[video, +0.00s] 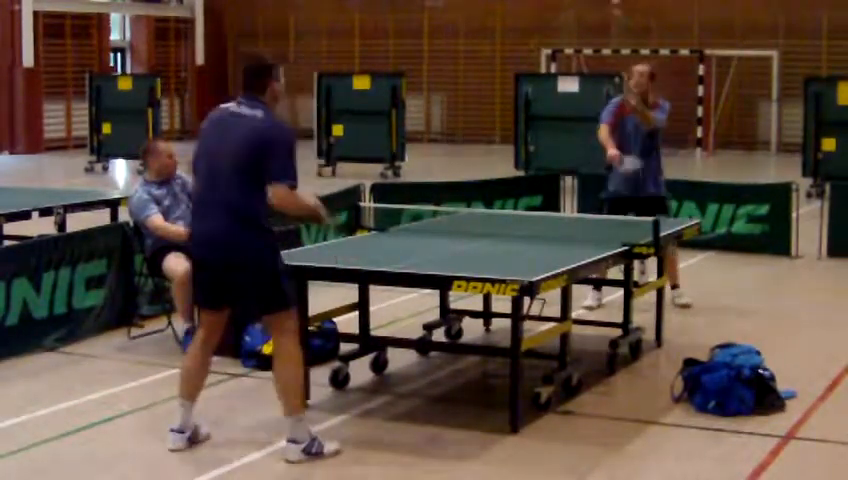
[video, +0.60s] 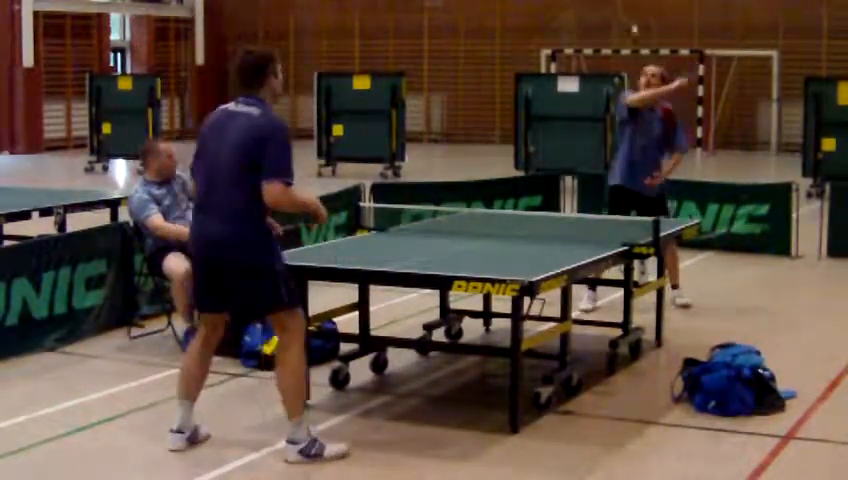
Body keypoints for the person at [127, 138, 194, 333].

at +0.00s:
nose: (174, 161)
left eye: (174, 156)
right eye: (168, 157)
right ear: (151, 162)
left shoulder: (182, 182)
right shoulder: (141, 196)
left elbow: (204, 199)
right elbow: (159, 227)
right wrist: (191, 235)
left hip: (194, 234)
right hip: (164, 243)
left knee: (218, 260)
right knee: (182, 270)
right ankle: (188, 325)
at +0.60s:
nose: (175, 161)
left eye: (174, 156)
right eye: (169, 157)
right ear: (153, 163)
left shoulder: (179, 181)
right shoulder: (140, 196)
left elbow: (199, 198)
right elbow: (160, 228)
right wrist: (194, 235)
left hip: (193, 235)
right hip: (164, 244)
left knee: (217, 256)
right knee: (182, 270)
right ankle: (188, 323)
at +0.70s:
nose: (175, 161)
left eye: (174, 156)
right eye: (169, 157)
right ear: (153, 163)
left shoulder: (178, 181)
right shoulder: (141, 196)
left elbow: (202, 198)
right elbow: (160, 228)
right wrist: (200, 233)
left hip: (193, 233)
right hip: (164, 243)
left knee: (221, 255)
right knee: (182, 270)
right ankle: (189, 324)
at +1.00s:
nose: (174, 162)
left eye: (173, 157)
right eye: (168, 158)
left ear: (174, 160)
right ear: (150, 163)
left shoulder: (179, 181)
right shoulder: (140, 196)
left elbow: (206, 202)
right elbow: (159, 228)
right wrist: (201, 233)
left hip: (194, 236)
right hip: (164, 243)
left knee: (227, 256)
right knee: (182, 269)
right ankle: (189, 326)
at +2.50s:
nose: (174, 162)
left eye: (174, 158)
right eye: (168, 158)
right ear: (151, 161)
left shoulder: (177, 180)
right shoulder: (140, 194)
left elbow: (207, 202)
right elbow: (160, 228)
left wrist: (235, 213)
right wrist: (199, 232)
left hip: (194, 236)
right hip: (164, 245)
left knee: (229, 252)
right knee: (182, 269)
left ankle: (226, 317)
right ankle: (188, 326)